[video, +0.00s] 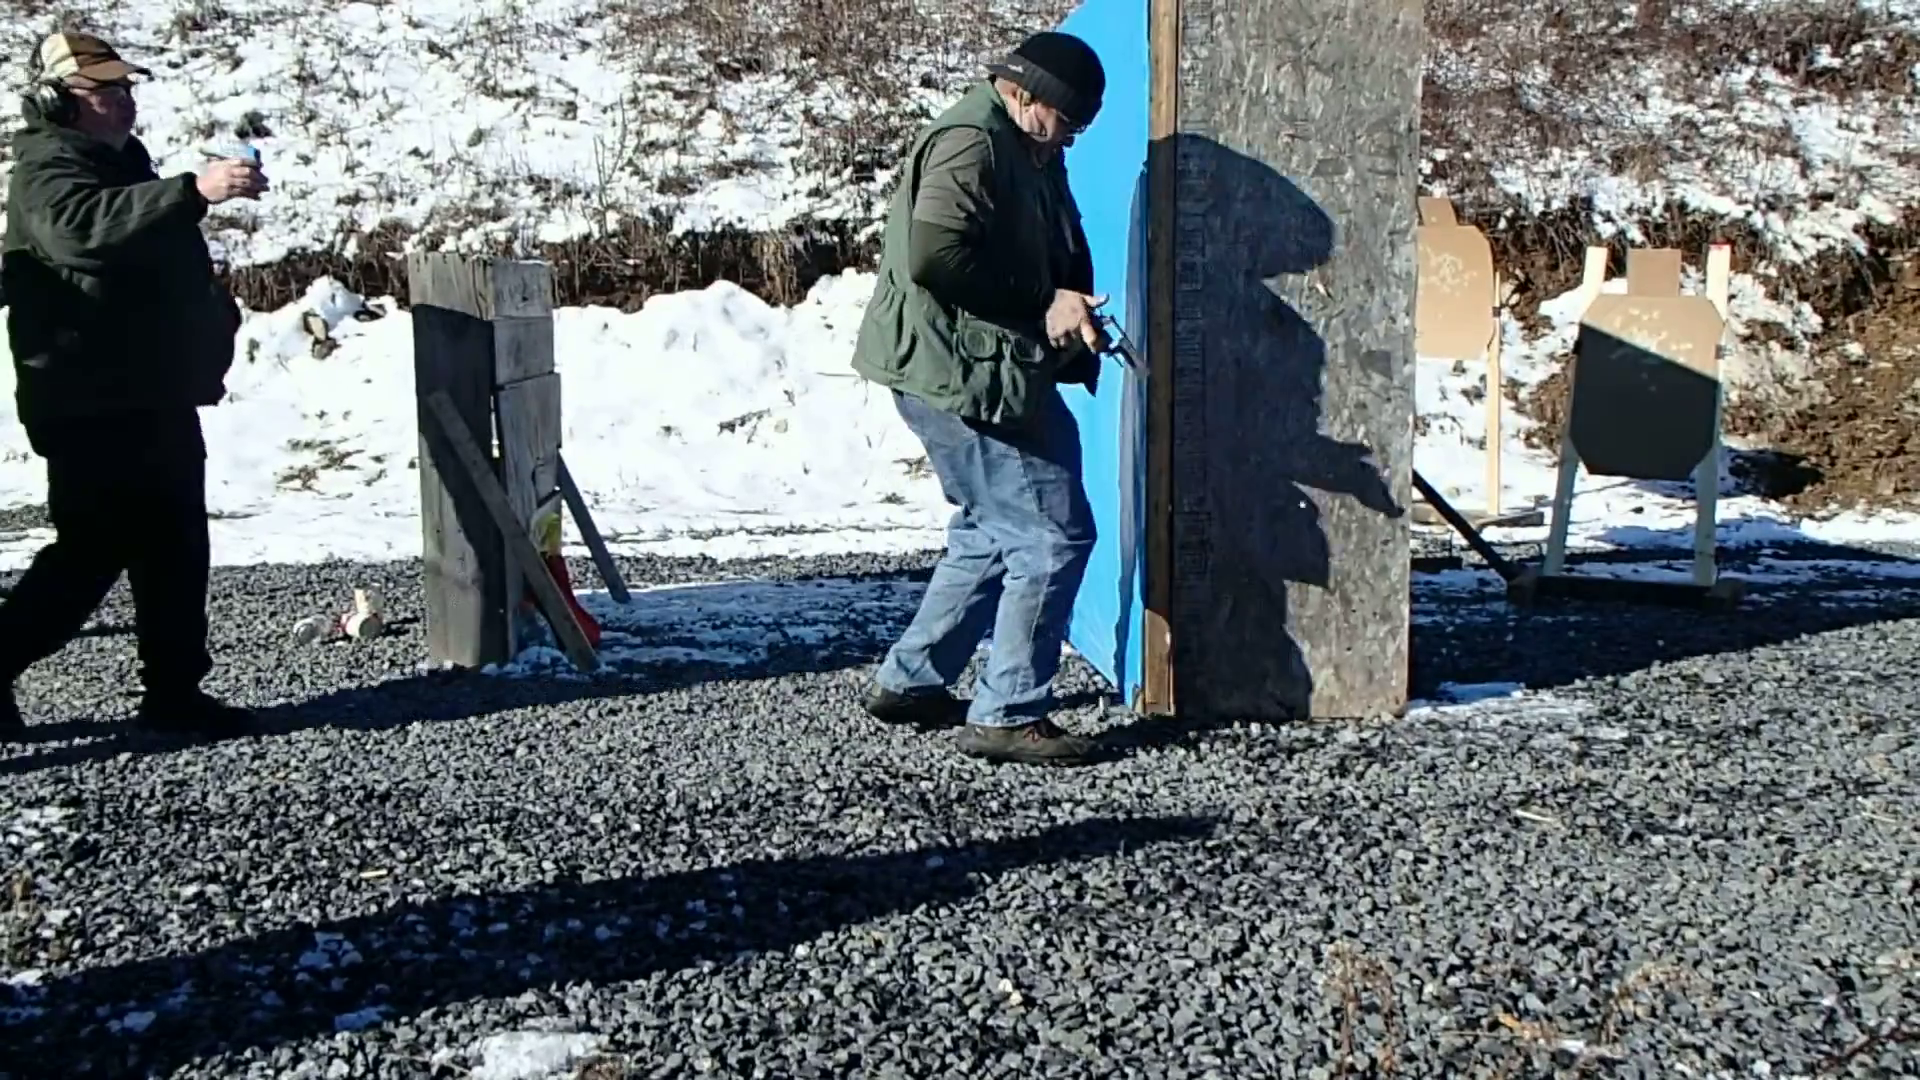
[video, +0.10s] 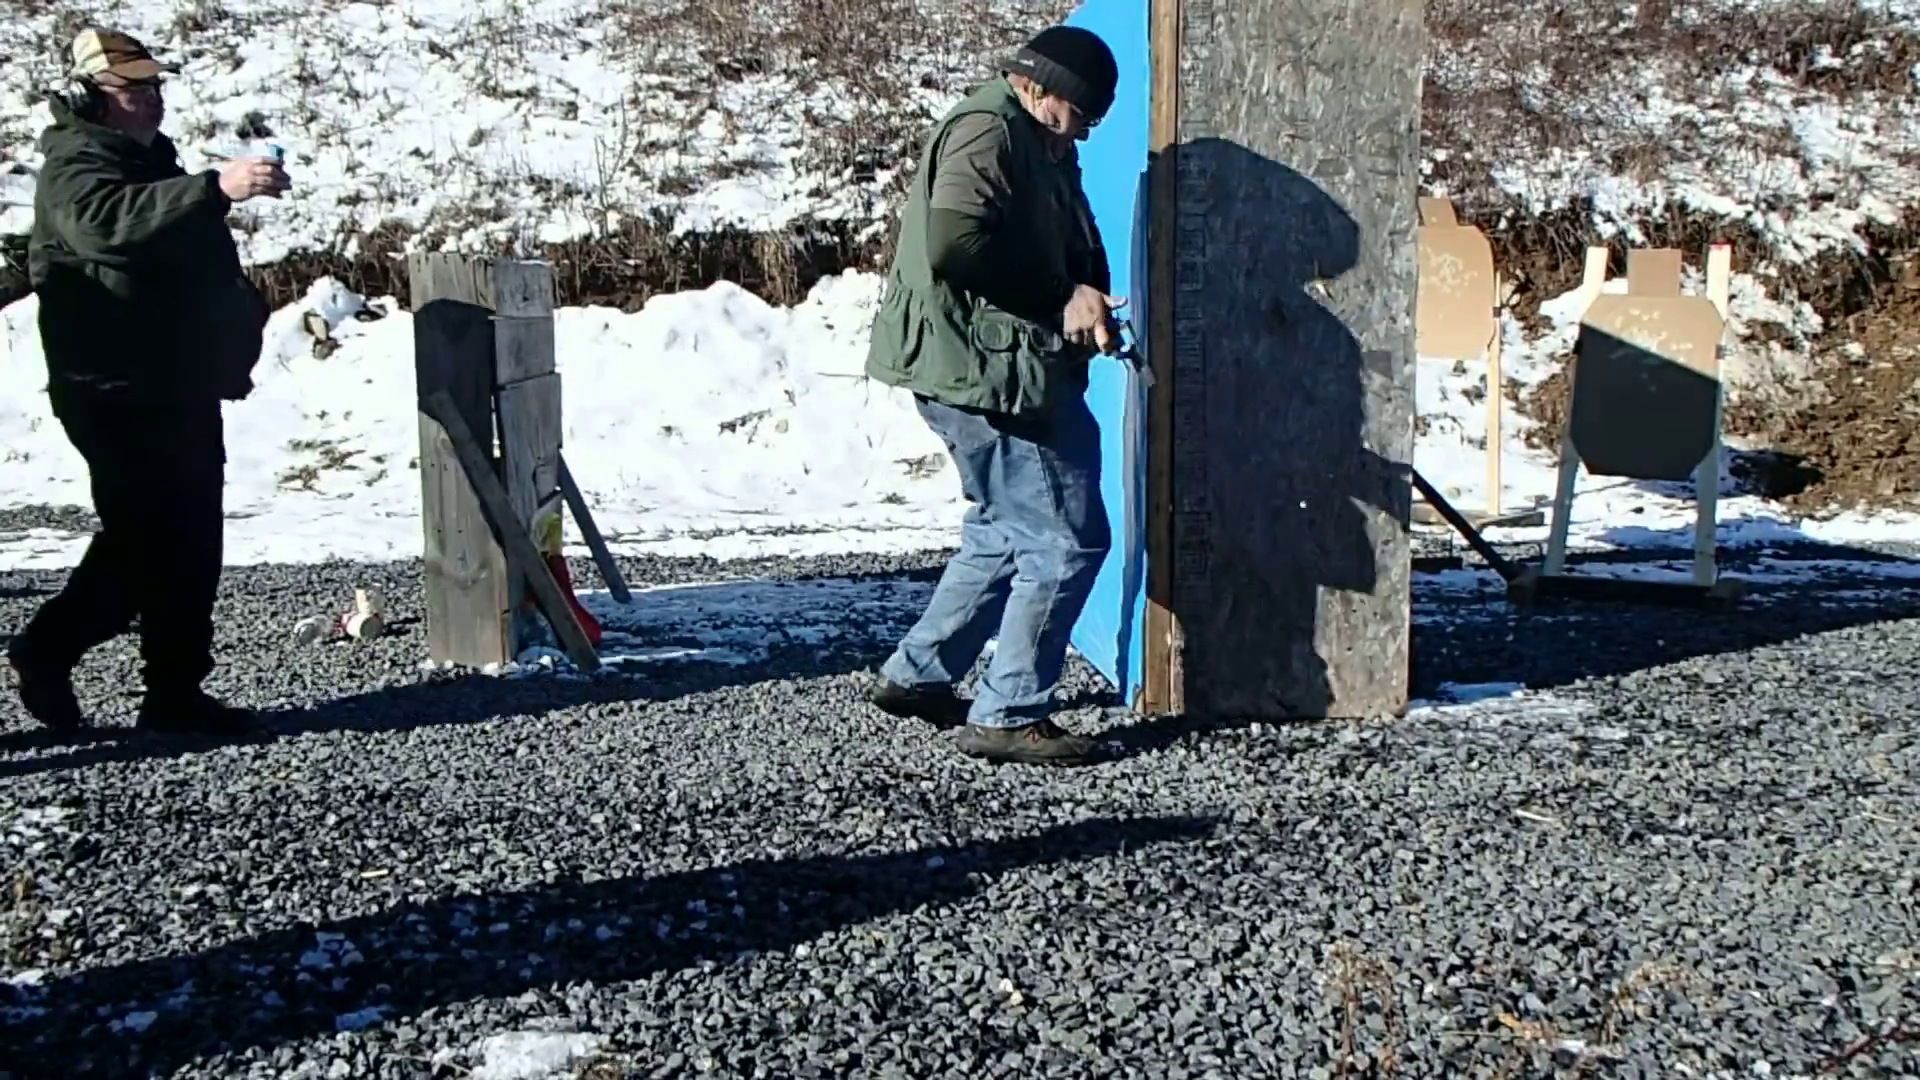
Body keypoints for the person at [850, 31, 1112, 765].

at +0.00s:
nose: (1073, 134)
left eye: (1079, 121)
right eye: (1069, 117)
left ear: (1031, 98)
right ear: (1026, 94)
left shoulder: (1025, 153)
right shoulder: (973, 141)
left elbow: (1057, 263)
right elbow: (935, 255)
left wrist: (1071, 323)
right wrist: (1040, 308)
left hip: (966, 371)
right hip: (964, 375)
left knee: (988, 531)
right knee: (1055, 534)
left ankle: (909, 682)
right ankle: (1008, 714)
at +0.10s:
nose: (1085, 128)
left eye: (1091, 116)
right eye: (1082, 111)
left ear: (1043, 89)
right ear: (1044, 88)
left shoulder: (1037, 144)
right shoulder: (988, 130)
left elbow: (1072, 254)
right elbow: (948, 247)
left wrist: (1086, 300)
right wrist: (1057, 304)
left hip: (985, 377)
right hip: (996, 382)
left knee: (1002, 532)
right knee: (1069, 540)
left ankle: (916, 675)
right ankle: (1008, 713)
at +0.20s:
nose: (1096, 113)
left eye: (1102, 99)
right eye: (1092, 96)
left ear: (1047, 77)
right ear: (1052, 76)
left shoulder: (1040, 131)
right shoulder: (1001, 119)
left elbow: (1072, 248)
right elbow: (978, 238)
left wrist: (1104, 300)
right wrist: (1082, 295)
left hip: (1000, 376)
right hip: (1015, 379)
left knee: (1015, 531)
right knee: (1077, 544)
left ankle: (925, 665)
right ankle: (1007, 714)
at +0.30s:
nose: (1101, 107)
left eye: (1106, 92)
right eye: (1099, 88)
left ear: (1049, 69)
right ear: (1062, 69)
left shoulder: (1039, 122)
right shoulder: (1013, 112)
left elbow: (1097, 236)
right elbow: (996, 231)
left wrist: (1123, 294)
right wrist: (1102, 293)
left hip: (1005, 369)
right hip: (1022, 372)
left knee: (1031, 524)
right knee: (1084, 543)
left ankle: (938, 660)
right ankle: (1006, 713)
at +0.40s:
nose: (1109, 104)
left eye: (1114, 90)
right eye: (1107, 86)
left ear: (1053, 64)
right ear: (1067, 67)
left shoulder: (1044, 120)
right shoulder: (1021, 110)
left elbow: (1110, 235)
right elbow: (1013, 230)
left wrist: (1143, 292)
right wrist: (1118, 291)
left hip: (1018, 366)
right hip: (1036, 369)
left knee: (1032, 526)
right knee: (1090, 542)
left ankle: (945, 661)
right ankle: (1008, 713)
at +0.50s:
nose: (1117, 106)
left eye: (1122, 92)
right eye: (1115, 87)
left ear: (1061, 62)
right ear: (1078, 67)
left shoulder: (1037, 111)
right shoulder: (1031, 107)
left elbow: (1116, 233)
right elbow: (1021, 227)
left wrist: (1149, 287)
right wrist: (1124, 288)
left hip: (1020, 368)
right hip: (1052, 371)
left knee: (1037, 523)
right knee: (1095, 542)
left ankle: (951, 668)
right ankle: (1013, 713)